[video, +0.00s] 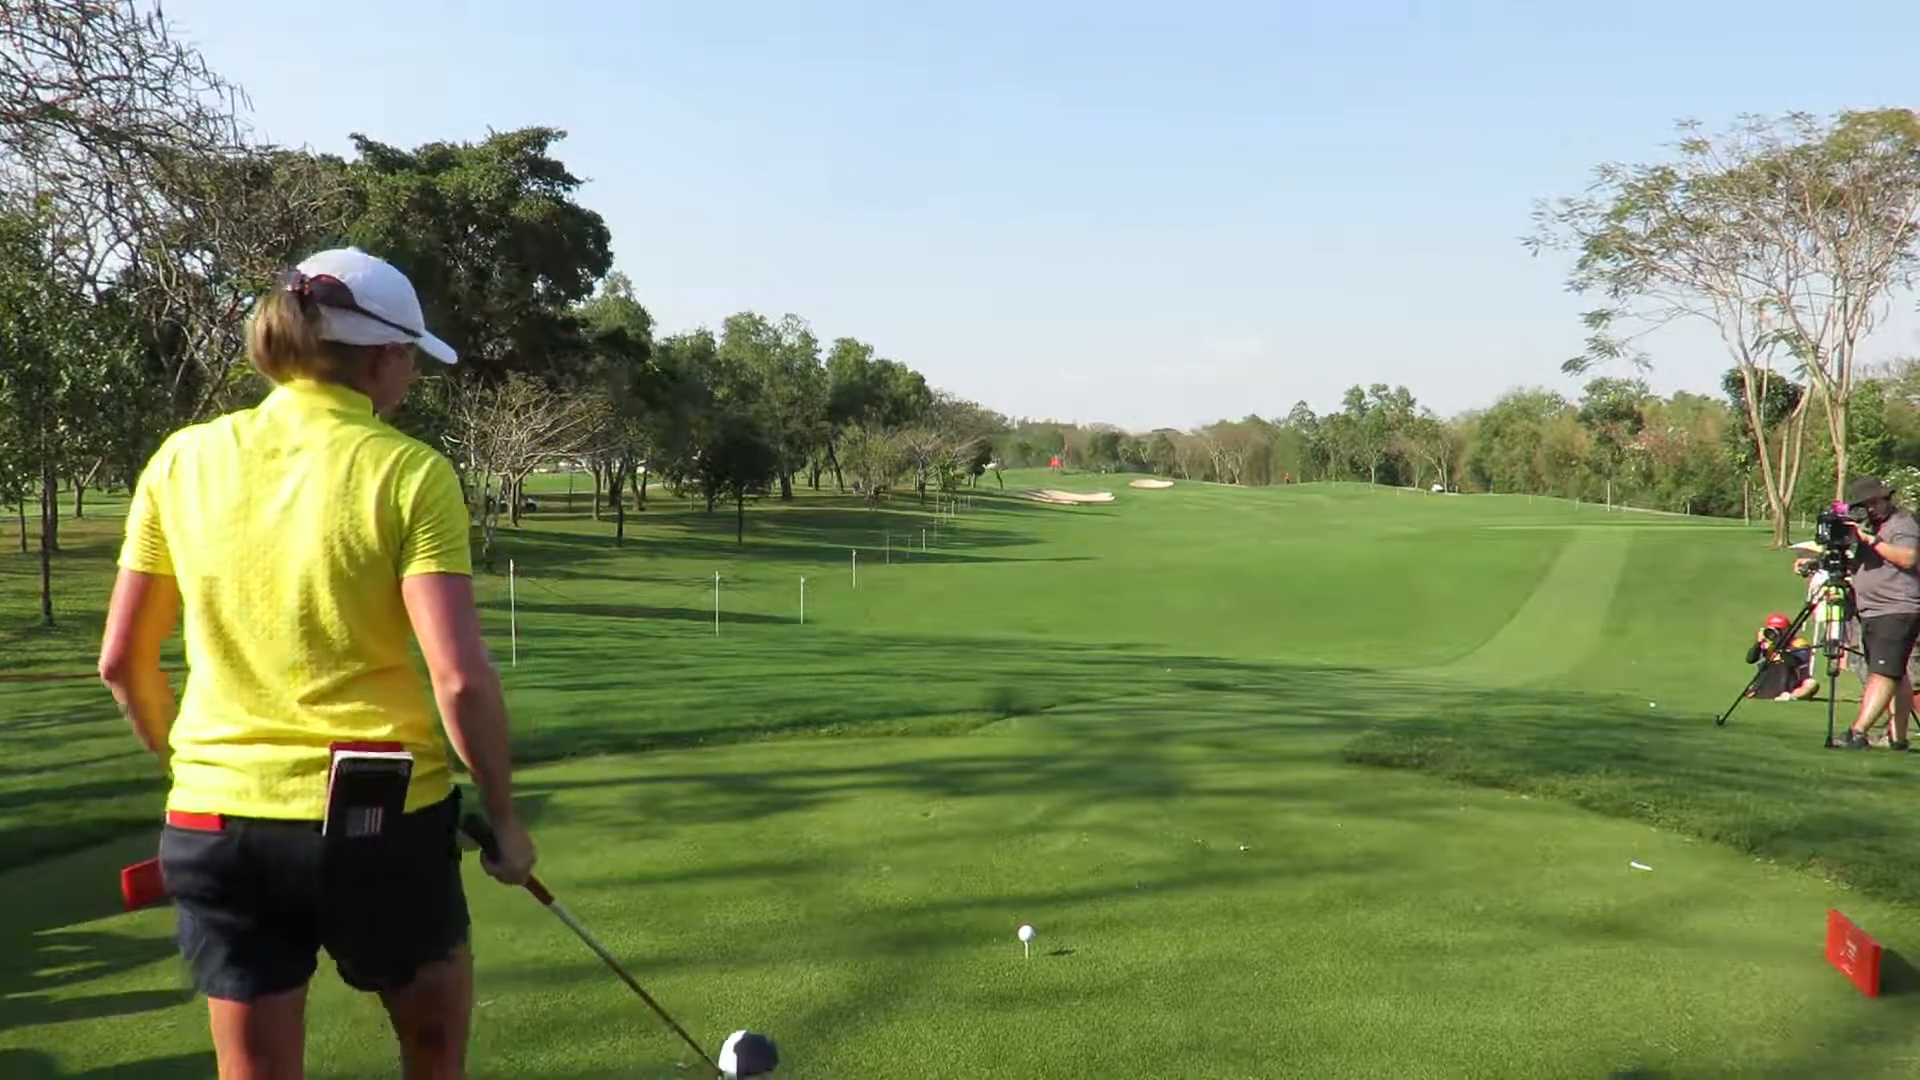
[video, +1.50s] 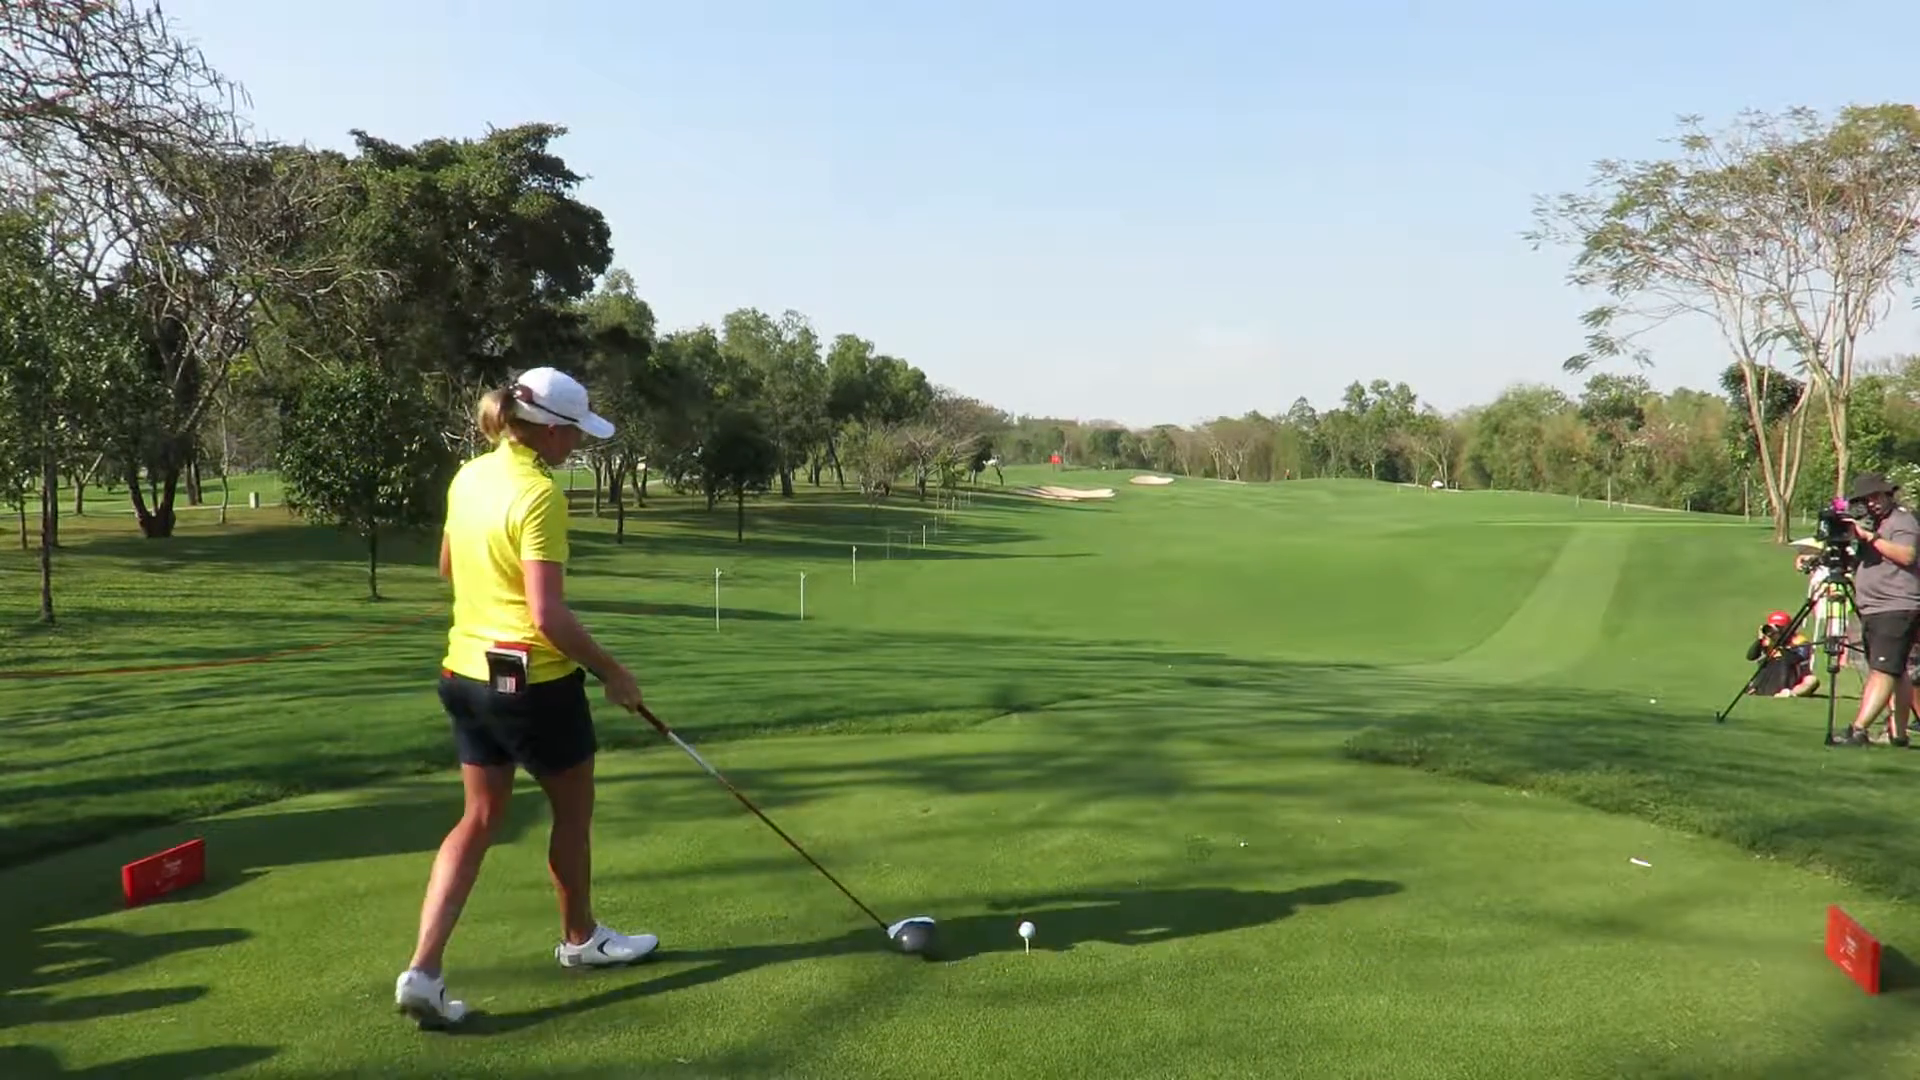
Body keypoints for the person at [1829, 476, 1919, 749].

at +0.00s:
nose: (1869, 511)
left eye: (1872, 504)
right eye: (1865, 507)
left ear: (1884, 500)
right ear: (1863, 509)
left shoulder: (1902, 523)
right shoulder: (1872, 529)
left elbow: (1909, 559)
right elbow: (1858, 568)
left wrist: (1869, 540)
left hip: (1897, 610)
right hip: (1873, 612)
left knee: (1883, 671)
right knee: (1895, 676)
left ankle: (1857, 731)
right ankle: (1899, 737)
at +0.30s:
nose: (1866, 513)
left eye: (1868, 506)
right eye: (1862, 508)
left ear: (1882, 501)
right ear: (1864, 509)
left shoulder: (1901, 523)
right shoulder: (1874, 528)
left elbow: (1908, 559)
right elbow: (1863, 566)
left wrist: (1870, 541)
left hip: (1897, 610)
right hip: (1874, 611)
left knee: (1882, 672)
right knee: (1895, 677)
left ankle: (1857, 730)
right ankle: (1898, 736)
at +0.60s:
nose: (1868, 509)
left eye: (1872, 502)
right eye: (1864, 505)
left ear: (1885, 499)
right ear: (1863, 506)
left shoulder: (1902, 523)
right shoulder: (1874, 527)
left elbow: (1908, 559)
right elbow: (1864, 565)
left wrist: (1870, 540)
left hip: (1897, 610)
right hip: (1874, 611)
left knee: (1882, 671)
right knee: (1895, 676)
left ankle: (1857, 730)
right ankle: (1898, 736)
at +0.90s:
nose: (1868, 507)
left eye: (1872, 501)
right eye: (1865, 503)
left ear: (1885, 499)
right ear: (1865, 504)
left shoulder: (1902, 522)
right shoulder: (1871, 526)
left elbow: (1908, 558)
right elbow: (1856, 563)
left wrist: (1871, 539)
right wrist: (1844, 537)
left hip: (1898, 609)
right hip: (1873, 609)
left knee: (1884, 669)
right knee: (1892, 673)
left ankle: (1858, 729)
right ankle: (1898, 734)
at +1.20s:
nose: (1871, 506)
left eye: (1875, 499)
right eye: (1866, 502)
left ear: (1887, 497)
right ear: (1863, 505)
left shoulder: (1902, 522)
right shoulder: (1871, 526)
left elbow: (1908, 557)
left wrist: (1871, 538)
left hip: (1898, 607)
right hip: (1873, 608)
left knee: (1883, 669)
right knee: (1893, 673)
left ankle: (1858, 728)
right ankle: (1898, 733)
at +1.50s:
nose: (1871, 505)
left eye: (1876, 499)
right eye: (1866, 501)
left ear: (1888, 496)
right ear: (1863, 503)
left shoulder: (1902, 521)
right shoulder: (1873, 525)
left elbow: (1907, 556)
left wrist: (1870, 538)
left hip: (1897, 607)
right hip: (1874, 607)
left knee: (1883, 668)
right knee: (1894, 672)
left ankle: (1858, 728)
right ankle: (1898, 732)